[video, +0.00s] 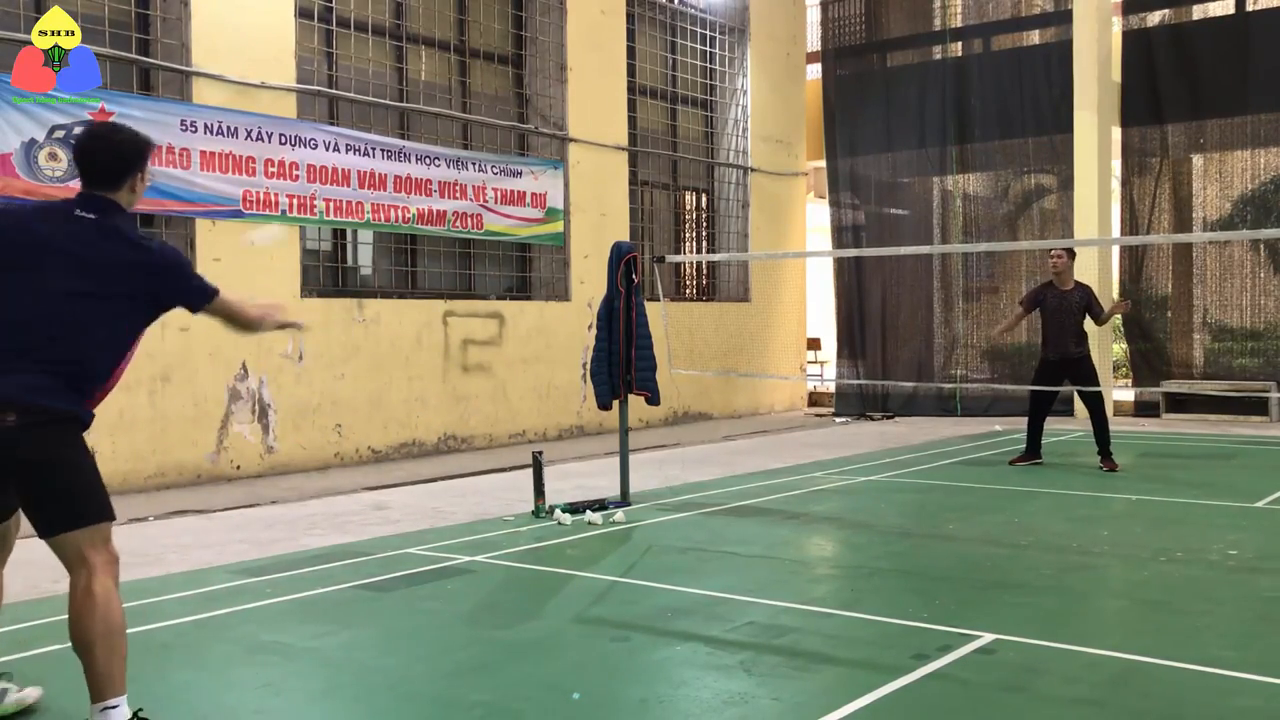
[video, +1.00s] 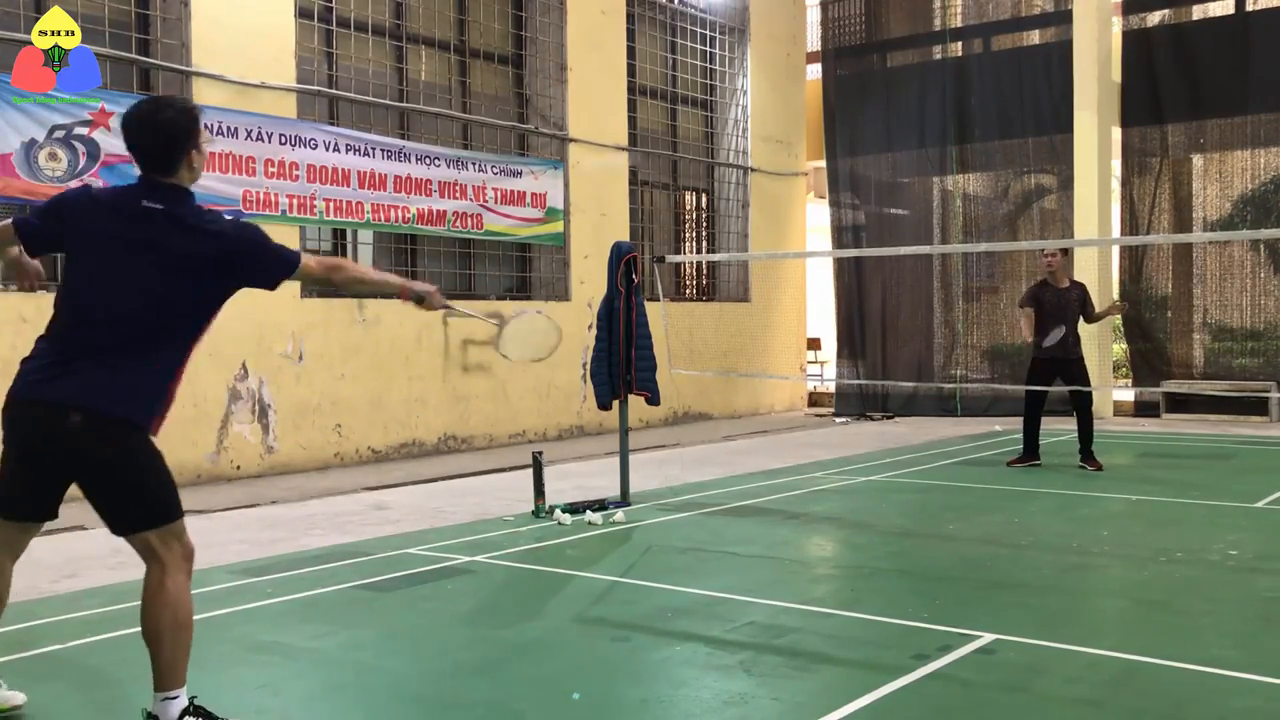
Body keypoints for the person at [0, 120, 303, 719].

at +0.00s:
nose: (149, 183)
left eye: (148, 174)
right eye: (147, 175)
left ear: (80, 174)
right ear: (137, 180)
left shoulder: (17, 221)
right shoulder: (148, 259)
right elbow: (235, 313)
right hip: (41, 426)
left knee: (1, 543)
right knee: (93, 562)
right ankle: (112, 711)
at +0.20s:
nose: (107, 171)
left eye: (103, 160)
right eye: (105, 163)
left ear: (39, 171)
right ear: (95, 172)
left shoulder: (6, 218)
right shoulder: (111, 248)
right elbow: (220, 290)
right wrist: (309, 313)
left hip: (2, 423)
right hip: (30, 429)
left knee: (3, 536)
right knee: (86, 558)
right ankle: (108, 705)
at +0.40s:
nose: (85, 166)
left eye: (82, 154)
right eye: (80, 155)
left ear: (22, 168)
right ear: (59, 164)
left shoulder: (5, 221)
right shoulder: (67, 239)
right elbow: (154, 318)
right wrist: (244, 350)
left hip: (5, 426)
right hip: (27, 425)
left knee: (13, 545)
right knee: (107, 546)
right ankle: (119, 697)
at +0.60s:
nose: (107, 183)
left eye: (104, 171)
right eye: (102, 172)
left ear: (47, 184)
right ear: (79, 180)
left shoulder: (11, 234)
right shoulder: (83, 250)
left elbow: (14, 309)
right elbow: (168, 337)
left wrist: (66, 336)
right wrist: (247, 367)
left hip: (3, 429)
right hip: (26, 431)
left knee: (19, 552)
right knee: (104, 565)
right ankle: (155, 705)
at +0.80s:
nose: (160, 165)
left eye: (157, 154)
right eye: (155, 155)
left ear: (94, 167)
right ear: (134, 165)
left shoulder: (40, 224)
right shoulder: (142, 242)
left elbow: (5, 305)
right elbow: (210, 335)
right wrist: (264, 334)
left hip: (13, 420)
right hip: (80, 425)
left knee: (9, 559)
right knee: (149, 559)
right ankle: (167, 706)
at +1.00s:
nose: (206, 148)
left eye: (201, 137)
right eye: (202, 141)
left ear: (137, 154)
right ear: (193, 153)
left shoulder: (84, 204)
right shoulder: (220, 236)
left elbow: (5, 237)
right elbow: (324, 269)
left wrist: (27, 273)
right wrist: (407, 287)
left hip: (32, 409)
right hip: (112, 424)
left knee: (4, 549)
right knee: (170, 555)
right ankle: (170, 706)